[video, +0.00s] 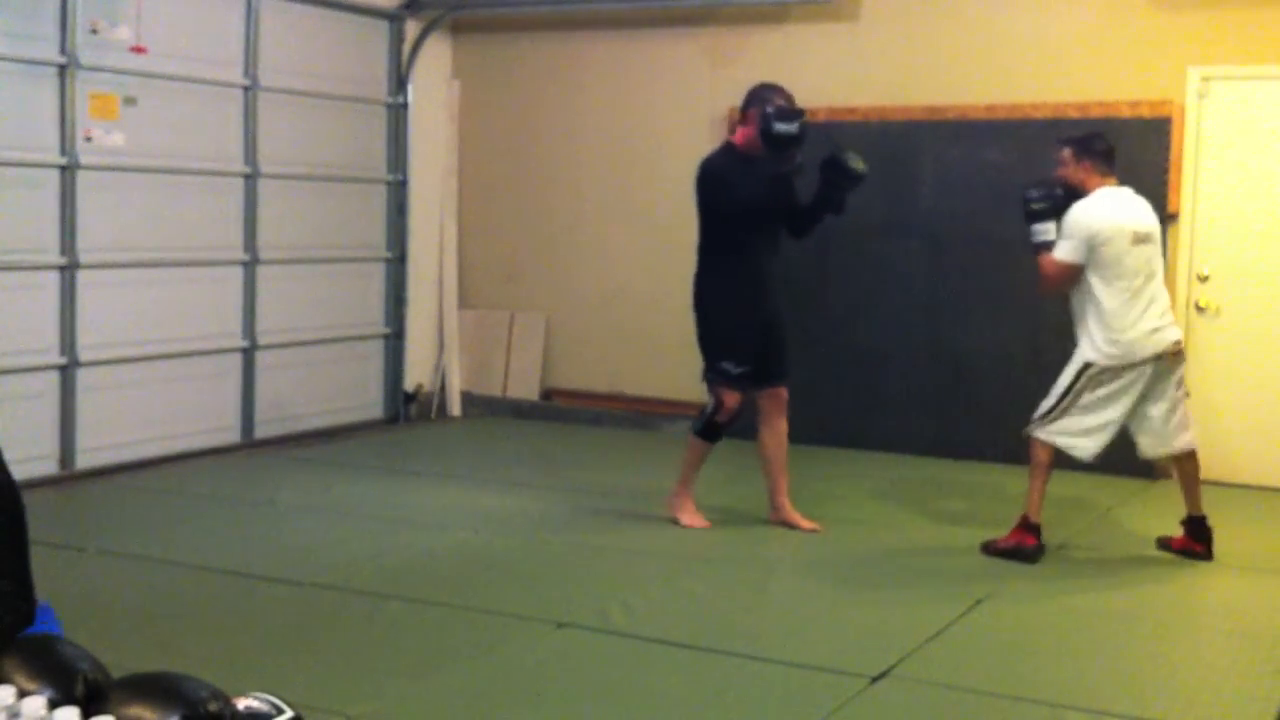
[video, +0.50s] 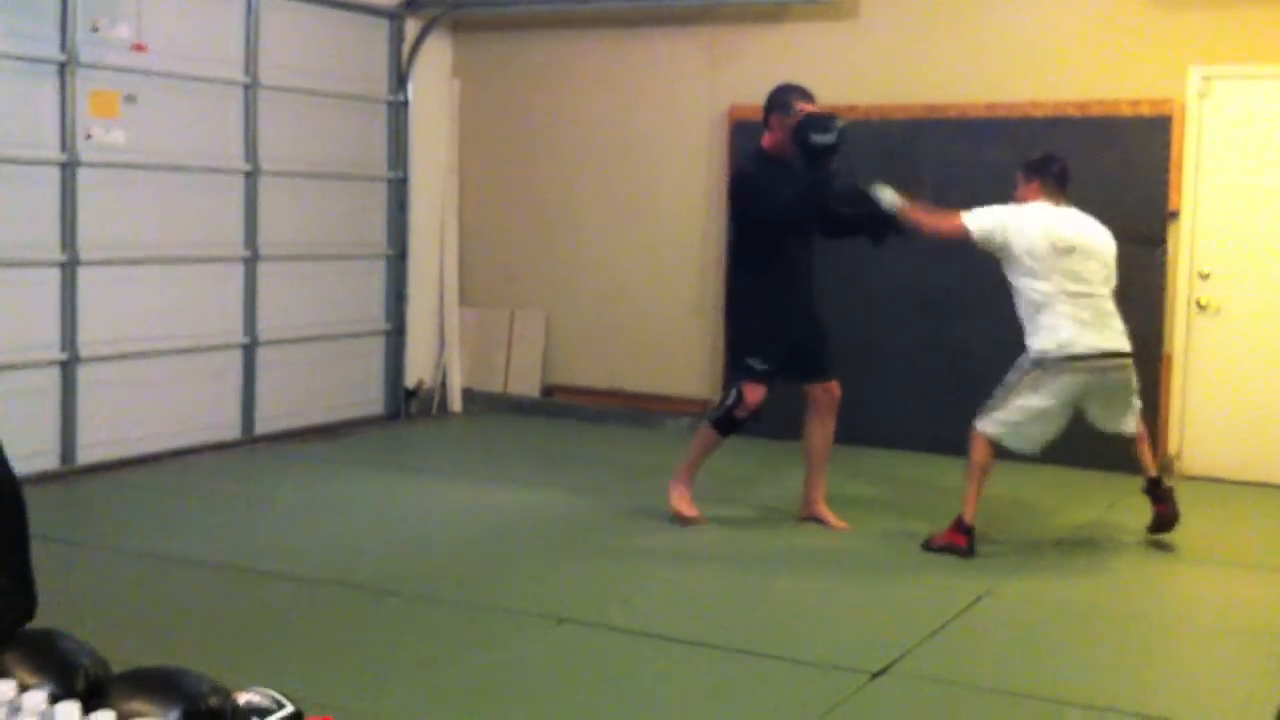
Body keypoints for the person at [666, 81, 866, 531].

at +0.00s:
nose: (777, 139)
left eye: (783, 130)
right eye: (771, 129)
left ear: (783, 127)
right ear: (749, 120)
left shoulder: (771, 168)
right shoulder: (717, 169)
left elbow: (797, 226)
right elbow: (744, 220)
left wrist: (832, 189)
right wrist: (777, 162)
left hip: (760, 291)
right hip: (720, 293)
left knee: (775, 396)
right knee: (728, 399)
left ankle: (780, 505)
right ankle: (681, 496)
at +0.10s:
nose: (784, 137)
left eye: (789, 128)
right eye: (777, 127)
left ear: (786, 127)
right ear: (754, 121)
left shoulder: (770, 169)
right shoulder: (724, 170)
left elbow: (794, 225)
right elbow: (778, 221)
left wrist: (837, 197)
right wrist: (787, 167)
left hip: (761, 297)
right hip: (724, 298)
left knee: (794, 389)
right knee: (726, 398)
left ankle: (785, 502)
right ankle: (679, 498)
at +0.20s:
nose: (801, 136)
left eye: (806, 127)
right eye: (794, 125)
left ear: (800, 127)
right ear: (765, 122)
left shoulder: (780, 170)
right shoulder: (732, 171)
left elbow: (791, 226)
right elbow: (774, 223)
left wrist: (832, 206)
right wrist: (794, 171)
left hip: (769, 301)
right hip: (729, 303)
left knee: (811, 390)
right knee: (726, 400)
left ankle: (809, 501)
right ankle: (677, 499)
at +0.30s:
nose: (806, 136)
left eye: (811, 128)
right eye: (799, 126)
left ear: (810, 127)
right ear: (773, 122)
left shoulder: (786, 170)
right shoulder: (740, 171)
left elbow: (799, 224)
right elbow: (777, 223)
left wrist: (845, 213)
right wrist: (801, 169)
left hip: (779, 301)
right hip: (740, 302)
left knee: (812, 394)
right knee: (734, 402)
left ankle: (812, 503)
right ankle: (680, 496)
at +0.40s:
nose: (814, 137)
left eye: (818, 129)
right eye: (806, 127)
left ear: (816, 128)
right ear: (780, 125)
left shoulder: (798, 172)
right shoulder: (748, 172)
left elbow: (824, 222)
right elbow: (775, 222)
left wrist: (877, 212)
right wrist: (807, 168)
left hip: (787, 297)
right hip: (748, 299)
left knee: (815, 395)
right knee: (747, 400)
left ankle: (812, 503)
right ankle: (685, 491)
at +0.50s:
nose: (809, 134)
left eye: (812, 125)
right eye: (801, 124)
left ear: (811, 125)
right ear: (774, 123)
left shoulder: (804, 169)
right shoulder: (752, 174)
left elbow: (826, 221)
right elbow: (786, 221)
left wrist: (877, 220)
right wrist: (818, 168)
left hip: (796, 298)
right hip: (754, 299)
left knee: (825, 392)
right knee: (748, 396)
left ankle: (814, 502)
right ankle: (682, 481)